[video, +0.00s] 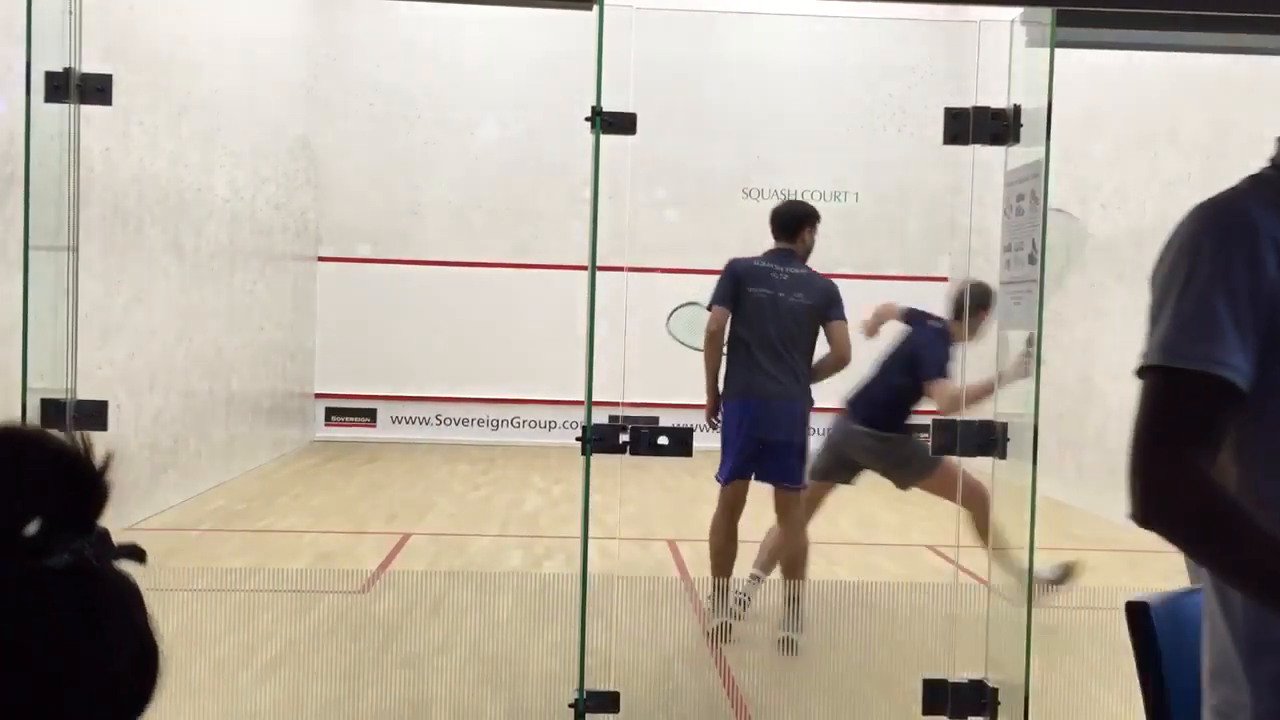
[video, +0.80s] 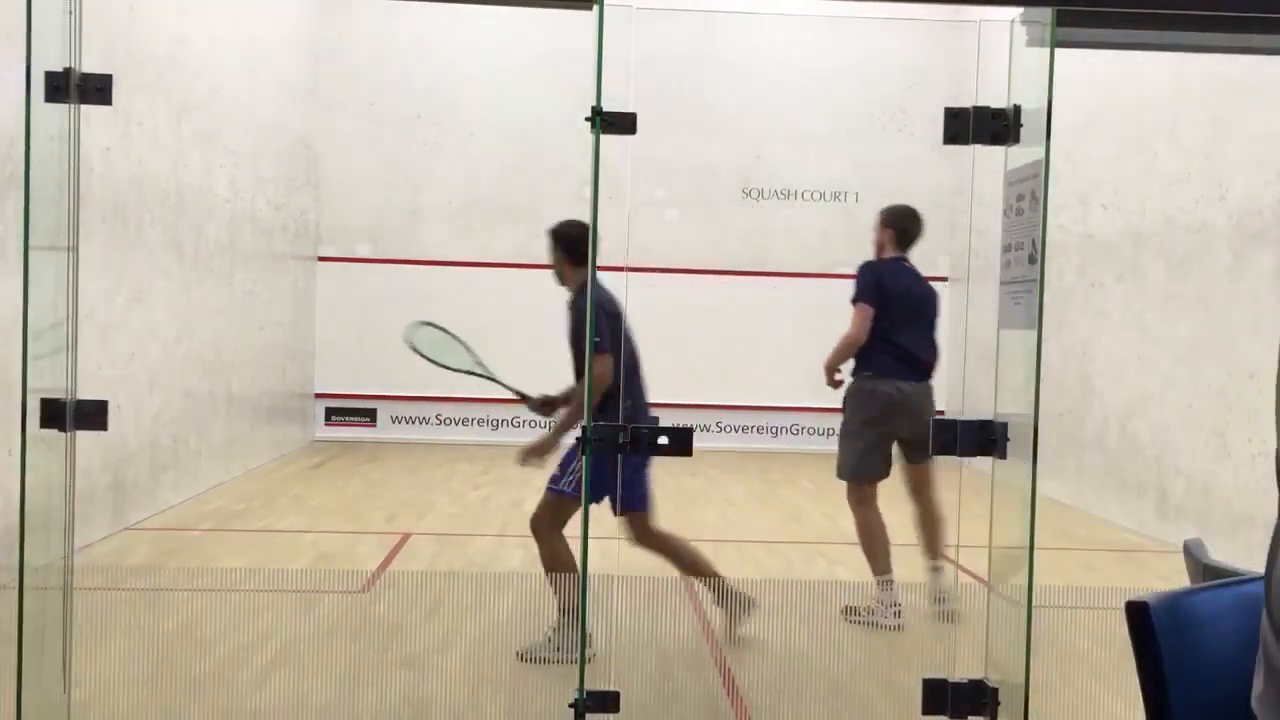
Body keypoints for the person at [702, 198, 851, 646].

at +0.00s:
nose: (816, 240)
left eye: (815, 233)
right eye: (815, 234)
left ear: (773, 232)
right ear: (806, 234)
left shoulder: (739, 270)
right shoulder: (822, 287)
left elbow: (713, 331)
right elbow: (841, 355)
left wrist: (712, 391)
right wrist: (805, 377)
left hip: (741, 406)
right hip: (790, 412)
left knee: (729, 505)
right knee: (791, 514)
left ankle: (719, 610)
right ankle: (793, 623)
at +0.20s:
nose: (781, 247)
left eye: (755, 238)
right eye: (786, 242)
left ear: (748, 241)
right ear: (787, 245)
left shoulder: (723, 281)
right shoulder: (806, 296)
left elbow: (705, 342)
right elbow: (820, 365)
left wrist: (690, 405)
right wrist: (782, 386)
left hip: (725, 413)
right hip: (774, 419)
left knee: (693, 511)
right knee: (766, 515)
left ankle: (667, 615)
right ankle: (765, 620)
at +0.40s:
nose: (714, 242)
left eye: (712, 236)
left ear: (710, 238)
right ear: (749, 240)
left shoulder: (695, 279)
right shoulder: (772, 291)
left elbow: (684, 344)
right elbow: (794, 358)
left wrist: (670, 405)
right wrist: (757, 382)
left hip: (701, 414)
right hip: (750, 419)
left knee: (652, 509)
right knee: (756, 514)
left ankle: (618, 608)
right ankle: (767, 618)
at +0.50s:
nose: (686, 251)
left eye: (686, 245)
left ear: (685, 248)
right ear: (724, 249)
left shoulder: (673, 289)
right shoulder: (748, 298)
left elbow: (666, 354)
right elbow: (772, 364)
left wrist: (652, 419)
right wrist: (737, 391)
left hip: (686, 424)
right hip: (734, 427)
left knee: (628, 508)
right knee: (746, 517)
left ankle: (596, 616)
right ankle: (777, 613)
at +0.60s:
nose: (648, 263)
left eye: (648, 257)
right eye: (657, 256)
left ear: (651, 261)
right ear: (687, 261)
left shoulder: (647, 306)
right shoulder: (711, 309)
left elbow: (647, 374)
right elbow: (734, 378)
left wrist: (630, 443)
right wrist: (691, 394)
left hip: (663, 444)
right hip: (713, 444)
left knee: (595, 512)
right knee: (734, 528)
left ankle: (580, 621)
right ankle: (777, 618)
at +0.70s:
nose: (599, 262)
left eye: (601, 255)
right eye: (602, 254)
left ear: (606, 259)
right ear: (638, 259)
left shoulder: (615, 306)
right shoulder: (656, 306)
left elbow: (625, 377)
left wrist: (599, 440)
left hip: (633, 444)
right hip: (674, 445)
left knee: (565, 522)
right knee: (708, 528)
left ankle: (571, 632)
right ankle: (768, 616)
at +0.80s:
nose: (550, 263)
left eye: (553, 255)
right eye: (552, 255)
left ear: (566, 258)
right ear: (585, 256)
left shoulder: (592, 304)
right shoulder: (589, 300)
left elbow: (600, 378)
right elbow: (597, 375)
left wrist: (552, 437)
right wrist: (557, 400)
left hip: (608, 436)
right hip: (627, 433)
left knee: (545, 523)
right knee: (641, 531)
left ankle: (572, 631)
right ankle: (733, 598)